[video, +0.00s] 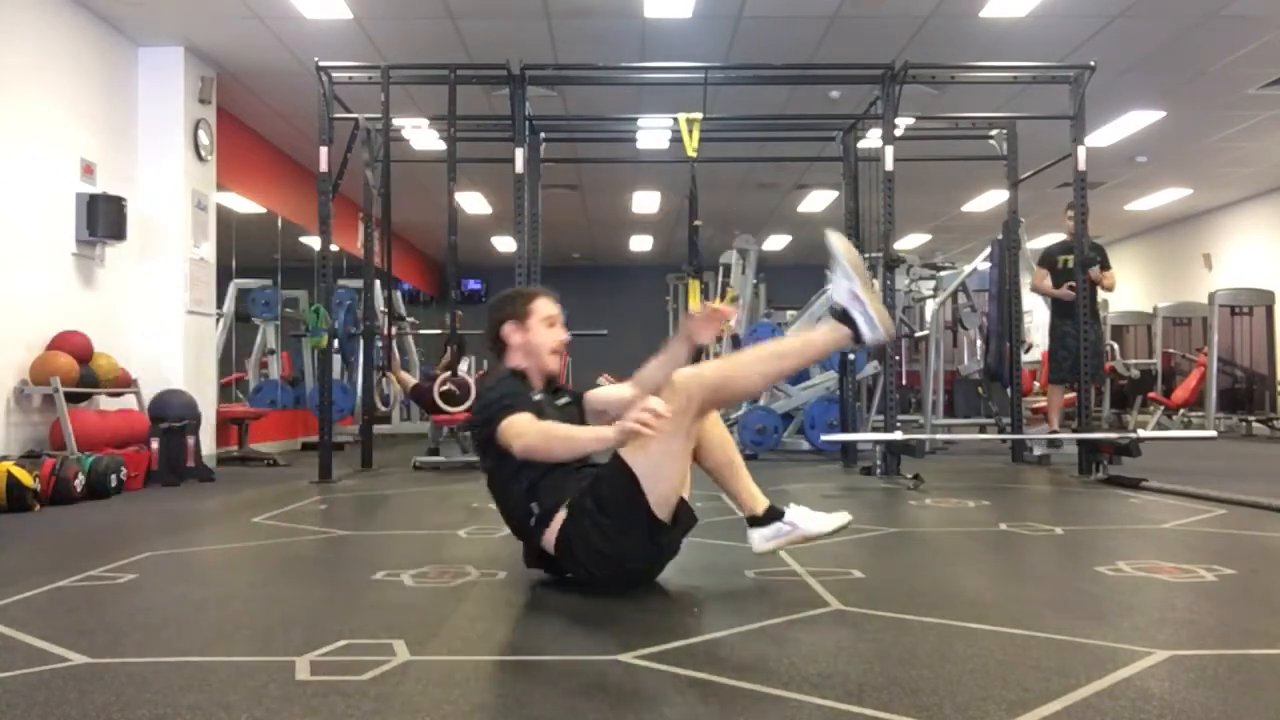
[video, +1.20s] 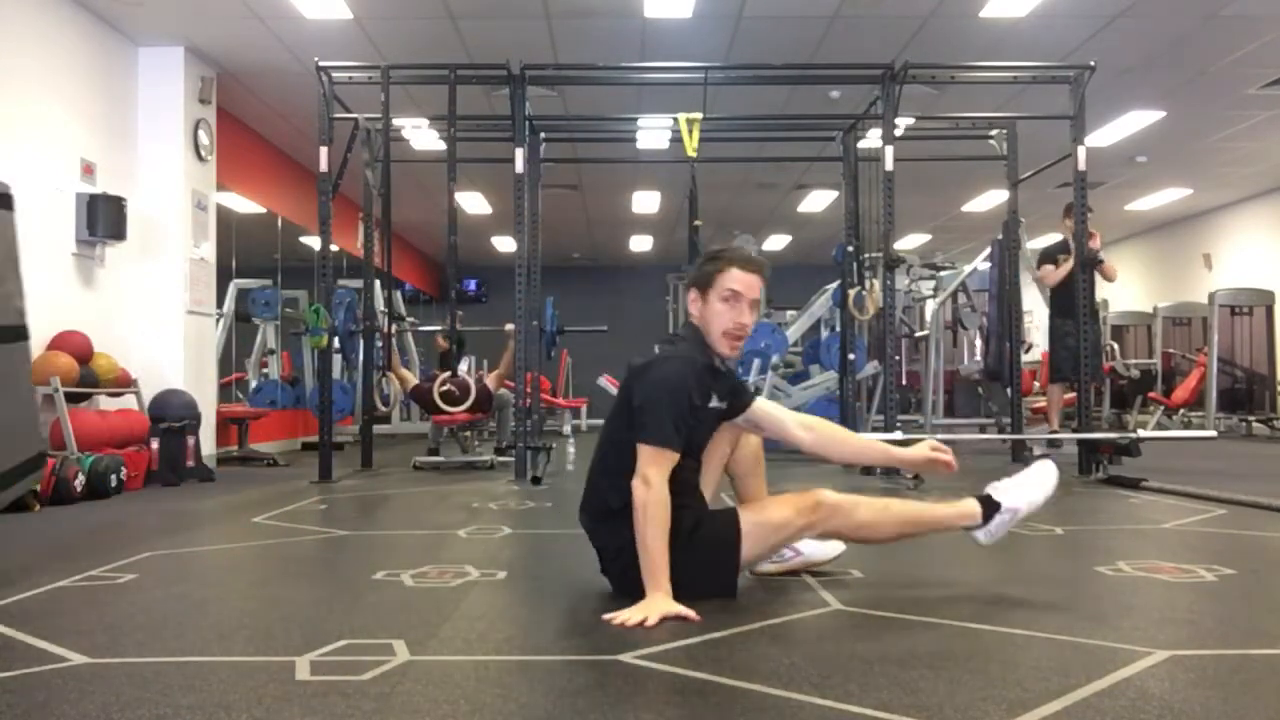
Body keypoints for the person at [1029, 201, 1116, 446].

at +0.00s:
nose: (1076, 222)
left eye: (1081, 217)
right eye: (1072, 218)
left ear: (1087, 220)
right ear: (1064, 220)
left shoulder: (1097, 250)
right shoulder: (1053, 251)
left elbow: (1111, 284)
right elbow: (1036, 283)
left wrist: (1100, 279)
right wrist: (1057, 292)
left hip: (1090, 320)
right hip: (1062, 321)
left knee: (1090, 376)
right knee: (1058, 376)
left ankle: (1087, 424)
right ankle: (1054, 428)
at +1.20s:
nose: (1080, 223)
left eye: (1083, 218)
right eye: (1075, 218)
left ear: (1088, 221)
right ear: (1065, 221)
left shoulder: (1090, 251)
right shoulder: (1052, 252)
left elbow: (1111, 276)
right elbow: (1048, 280)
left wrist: (1096, 253)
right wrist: (1074, 258)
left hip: (1088, 319)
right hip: (1062, 319)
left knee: (1089, 375)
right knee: (1058, 376)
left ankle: (1087, 423)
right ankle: (1054, 428)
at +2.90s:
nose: (1081, 220)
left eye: (1085, 215)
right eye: (1077, 214)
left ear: (1091, 219)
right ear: (1067, 218)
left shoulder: (1093, 247)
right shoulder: (1057, 244)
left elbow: (1127, 251)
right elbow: (1042, 253)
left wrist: (1104, 228)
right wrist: (1057, 226)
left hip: (1087, 316)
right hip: (1062, 316)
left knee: (1088, 374)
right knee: (1058, 375)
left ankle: (1087, 421)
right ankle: (1053, 423)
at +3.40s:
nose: (1080, 219)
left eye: (1083, 215)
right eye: (1076, 214)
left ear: (1087, 221)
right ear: (1066, 220)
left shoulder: (1092, 248)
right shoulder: (1056, 246)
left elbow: (1126, 244)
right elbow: (1040, 245)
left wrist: (1100, 221)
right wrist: (1057, 221)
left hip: (1086, 316)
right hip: (1061, 316)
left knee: (1087, 373)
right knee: (1058, 376)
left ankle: (1086, 424)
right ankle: (1054, 427)